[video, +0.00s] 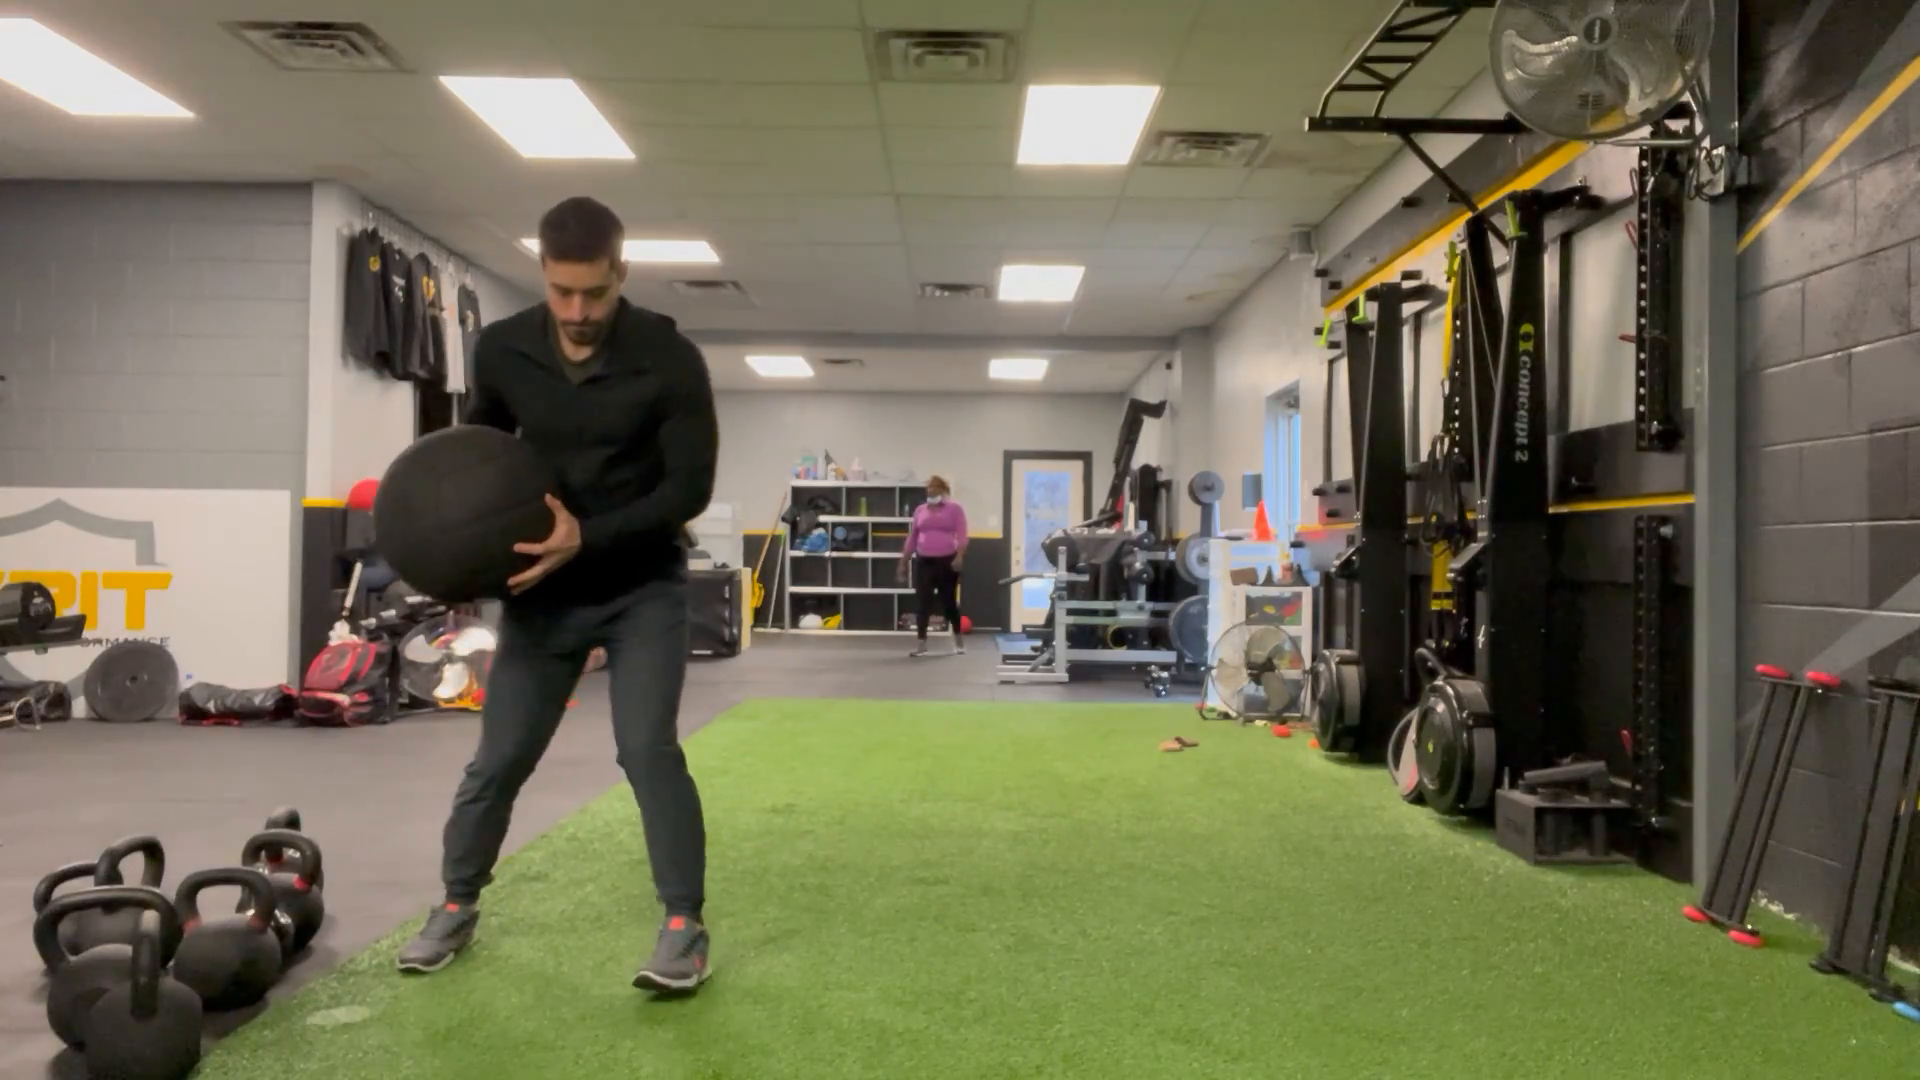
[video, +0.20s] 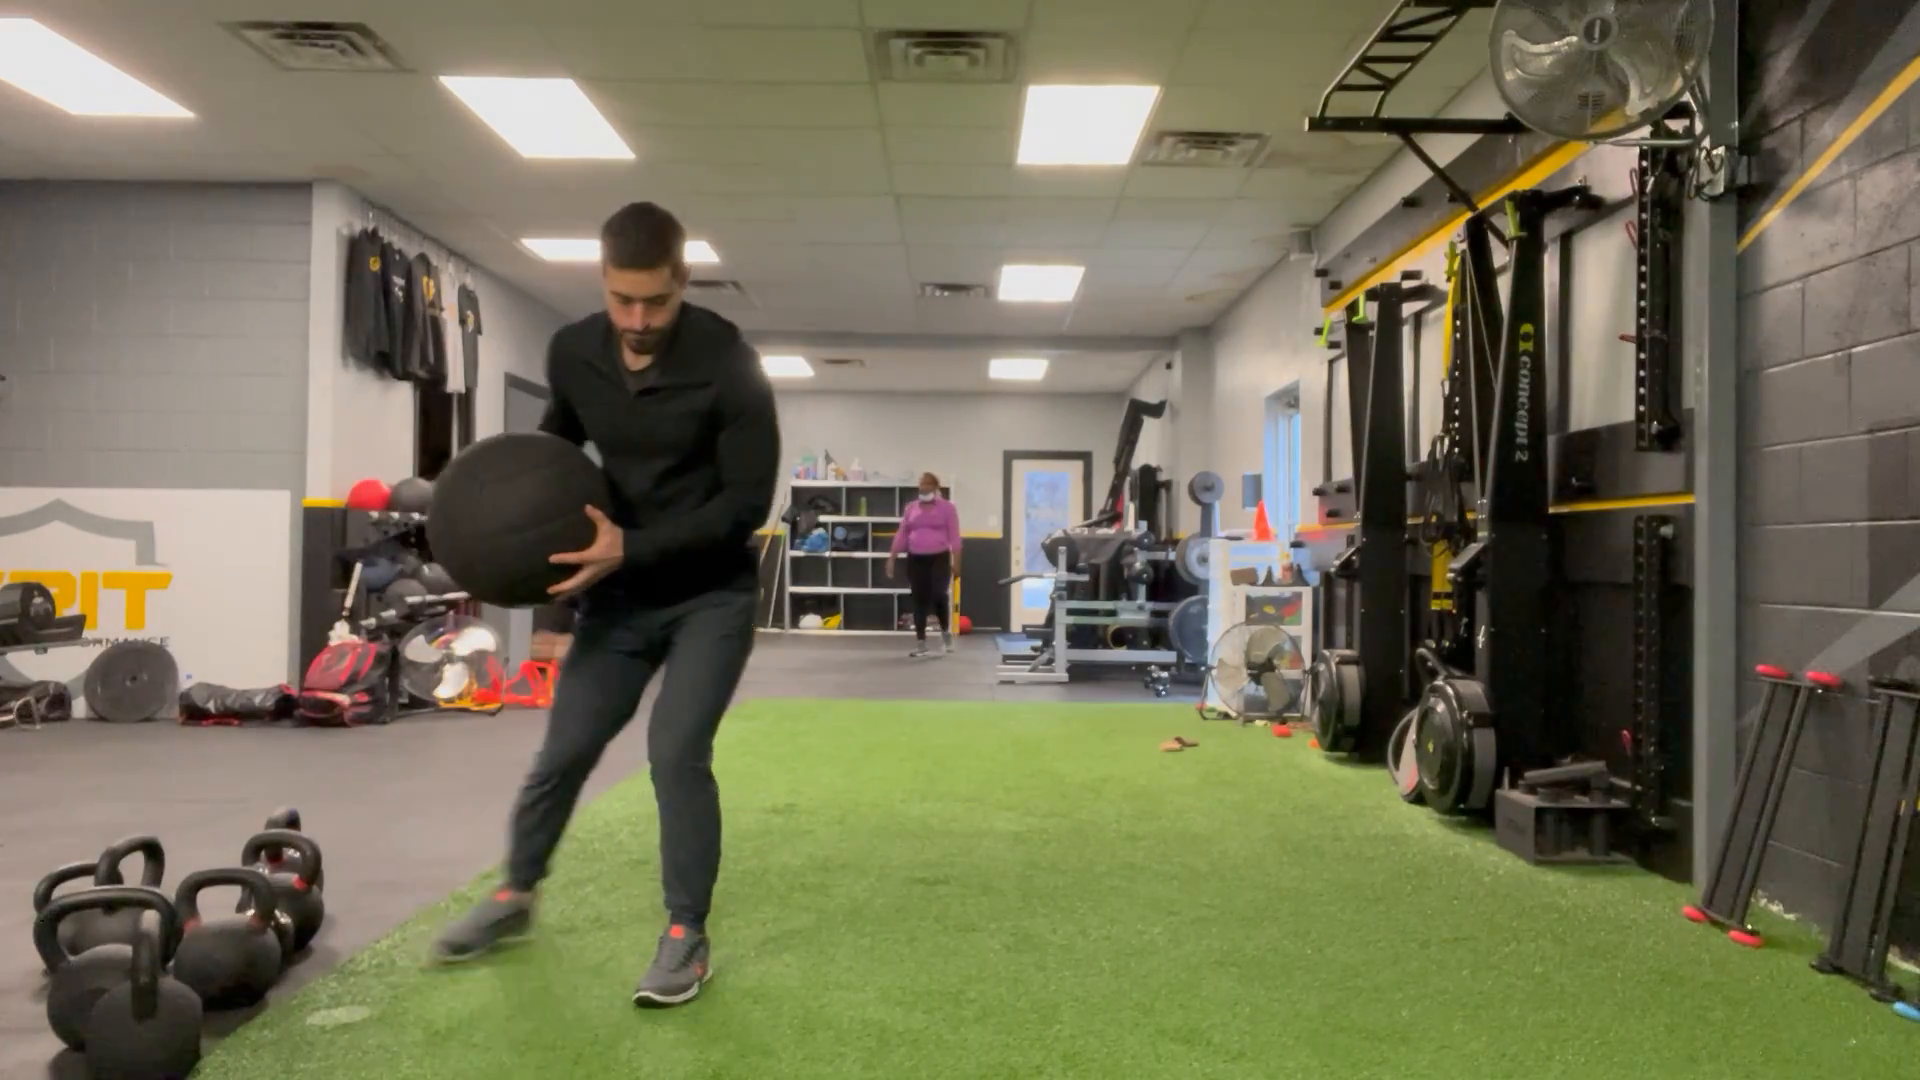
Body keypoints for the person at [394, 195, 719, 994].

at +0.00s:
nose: (578, 312)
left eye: (595, 293)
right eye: (562, 293)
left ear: (621, 276)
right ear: (541, 275)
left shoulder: (669, 356)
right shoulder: (500, 349)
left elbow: (690, 489)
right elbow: (479, 462)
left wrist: (588, 533)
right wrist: (463, 545)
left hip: (645, 584)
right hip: (544, 591)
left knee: (647, 746)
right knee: (498, 760)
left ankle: (683, 923)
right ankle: (455, 907)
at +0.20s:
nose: (638, 319)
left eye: (654, 301)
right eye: (622, 300)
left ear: (682, 283)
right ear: (601, 283)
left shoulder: (727, 360)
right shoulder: (574, 352)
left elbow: (749, 501)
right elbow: (555, 466)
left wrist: (634, 546)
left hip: (714, 591)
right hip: (621, 592)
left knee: (678, 750)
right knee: (562, 753)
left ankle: (685, 932)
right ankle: (515, 894)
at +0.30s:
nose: (670, 321)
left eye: (686, 304)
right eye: (654, 303)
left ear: (713, 285)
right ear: (632, 286)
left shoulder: (757, 371)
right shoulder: (609, 353)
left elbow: (773, 514)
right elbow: (590, 449)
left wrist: (658, 551)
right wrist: (543, 523)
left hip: (745, 596)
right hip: (652, 597)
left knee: (689, 750)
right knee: (603, 758)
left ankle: (689, 934)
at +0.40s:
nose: (704, 323)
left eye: (721, 305)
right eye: (689, 304)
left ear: (747, 290)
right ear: (666, 288)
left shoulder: (789, 377)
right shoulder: (642, 352)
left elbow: (799, 521)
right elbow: (628, 437)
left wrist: (682, 554)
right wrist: (581, 508)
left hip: (772, 597)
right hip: (680, 595)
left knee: (701, 755)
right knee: (649, 762)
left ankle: (687, 934)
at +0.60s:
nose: (791, 326)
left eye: (808, 308)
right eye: (775, 307)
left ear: (830, 294)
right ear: (747, 290)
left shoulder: (865, 380)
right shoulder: (718, 356)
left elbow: (873, 524)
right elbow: (705, 435)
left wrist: (756, 556)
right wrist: (652, 505)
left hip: (845, 600)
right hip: (755, 600)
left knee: (758, 751)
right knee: (757, 765)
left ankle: (701, 930)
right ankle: (857, 904)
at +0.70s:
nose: (840, 327)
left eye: (856, 309)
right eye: (824, 309)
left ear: (875, 297)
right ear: (794, 292)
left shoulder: (909, 382)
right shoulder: (759, 359)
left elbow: (916, 525)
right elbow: (744, 441)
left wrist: (800, 562)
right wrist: (692, 512)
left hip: (892, 595)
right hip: (800, 598)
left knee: (805, 731)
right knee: (794, 749)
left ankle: (753, 919)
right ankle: (874, 913)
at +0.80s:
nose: (891, 328)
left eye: (907, 310)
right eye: (876, 309)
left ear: (925, 299)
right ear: (844, 292)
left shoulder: (952, 385)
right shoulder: (805, 357)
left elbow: (961, 526)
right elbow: (780, 443)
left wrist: (846, 566)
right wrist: (739, 522)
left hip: (932, 590)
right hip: (841, 591)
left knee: (868, 722)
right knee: (816, 765)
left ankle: (866, 915)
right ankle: (877, 918)